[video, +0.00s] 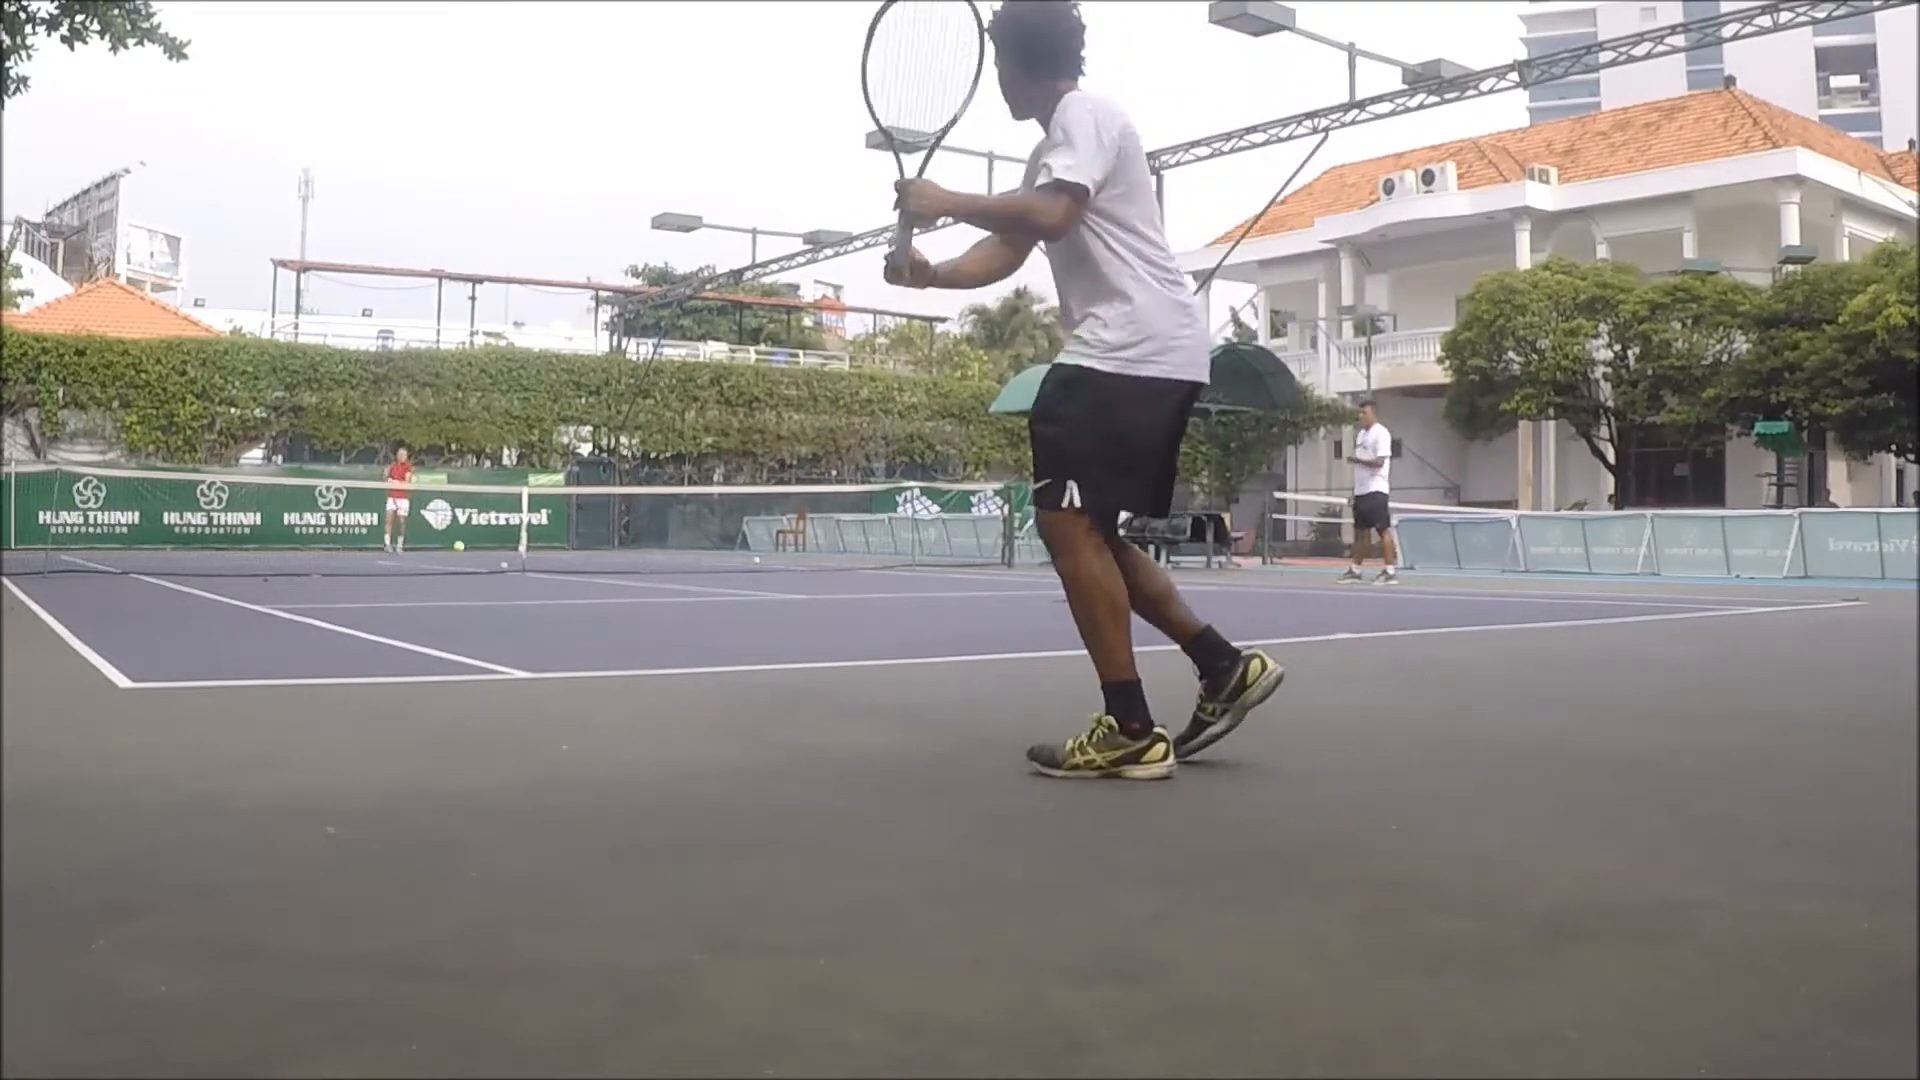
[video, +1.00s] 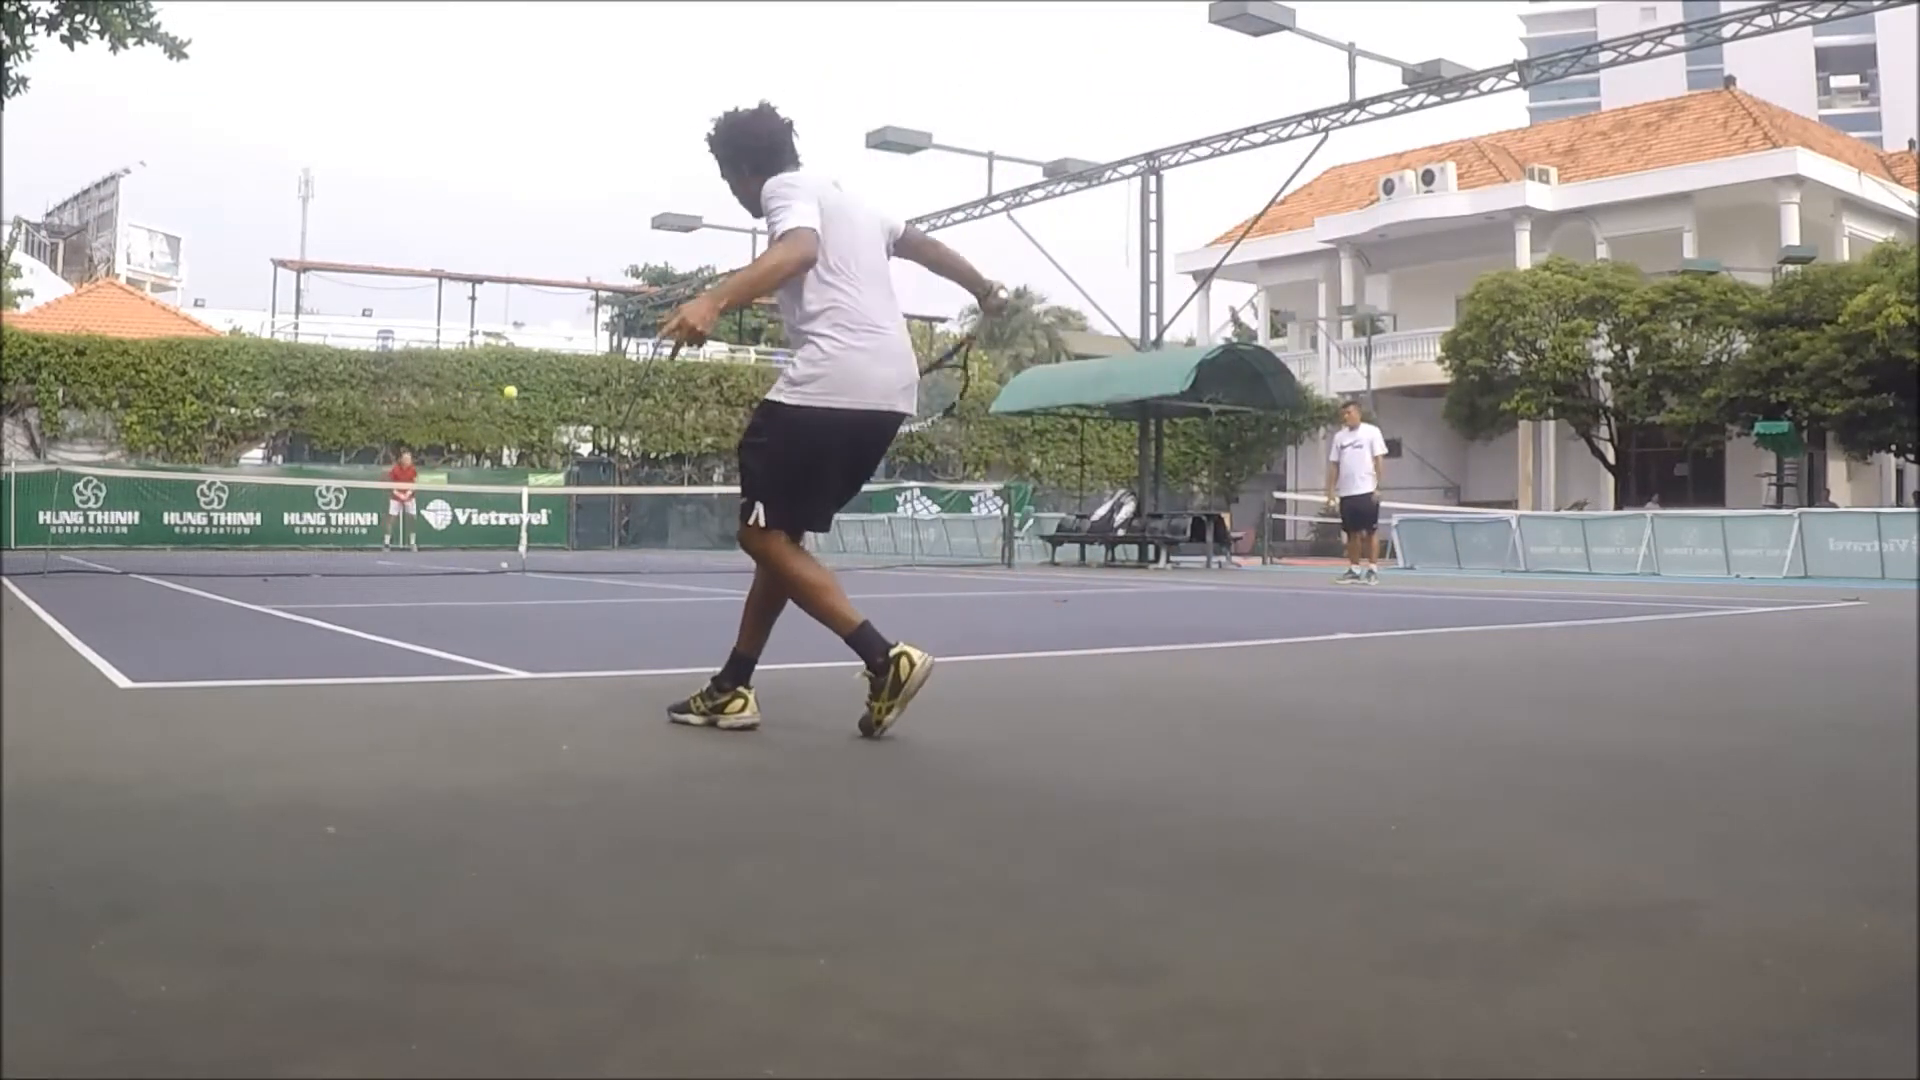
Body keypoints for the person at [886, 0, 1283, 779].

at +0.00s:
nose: (994, 75)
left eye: (998, 58)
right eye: (995, 58)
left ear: (1019, 60)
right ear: (1069, 51)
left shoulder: (1085, 114)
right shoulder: (1067, 138)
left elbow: (1052, 215)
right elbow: (1004, 251)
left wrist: (950, 200)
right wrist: (932, 271)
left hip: (1128, 347)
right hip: (1149, 350)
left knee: (1064, 518)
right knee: (1089, 532)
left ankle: (1130, 725)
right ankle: (1223, 667)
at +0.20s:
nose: (922, 127)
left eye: (929, 111)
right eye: (920, 115)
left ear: (964, 104)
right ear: (971, 109)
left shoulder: (1022, 148)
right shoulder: (971, 187)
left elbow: (973, 224)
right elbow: (897, 267)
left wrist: (875, 182)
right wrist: (823, 257)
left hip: (1064, 378)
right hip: (1018, 381)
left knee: (988, 550)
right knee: (912, 518)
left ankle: (1124, 721)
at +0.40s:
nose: (826, 150)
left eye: (833, 138)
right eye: (824, 142)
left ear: (861, 131)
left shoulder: (922, 163)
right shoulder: (853, 216)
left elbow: (881, 207)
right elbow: (780, 272)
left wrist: (801, 156)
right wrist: (727, 228)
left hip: (963, 392)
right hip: (911, 401)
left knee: (951, 555)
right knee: (825, 532)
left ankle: (1102, 695)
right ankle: (756, 683)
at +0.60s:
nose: (735, 202)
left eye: (742, 188)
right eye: (730, 191)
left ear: (780, 182)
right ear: (738, 200)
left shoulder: (833, 218)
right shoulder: (761, 263)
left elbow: (844, 273)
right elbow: (693, 285)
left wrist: (780, 198)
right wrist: (682, 213)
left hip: (872, 410)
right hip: (821, 422)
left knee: (825, 571)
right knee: (729, 516)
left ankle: (993, 660)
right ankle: (725, 688)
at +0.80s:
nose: (698, 241)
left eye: (694, 227)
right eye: (691, 230)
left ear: (715, 211)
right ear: (726, 208)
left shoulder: (775, 204)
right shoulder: (767, 266)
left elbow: (825, 246)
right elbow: (767, 373)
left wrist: (766, 295)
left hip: (831, 380)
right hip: (880, 389)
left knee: (756, 538)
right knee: (770, 538)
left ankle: (901, 642)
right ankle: (730, 688)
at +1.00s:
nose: (732, 191)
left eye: (728, 178)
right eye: (727, 180)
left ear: (743, 170)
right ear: (791, 156)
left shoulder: (786, 190)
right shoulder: (856, 205)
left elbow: (800, 248)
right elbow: (929, 249)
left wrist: (713, 300)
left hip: (825, 386)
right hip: (889, 394)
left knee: (758, 530)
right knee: (785, 535)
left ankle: (884, 661)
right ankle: (731, 686)